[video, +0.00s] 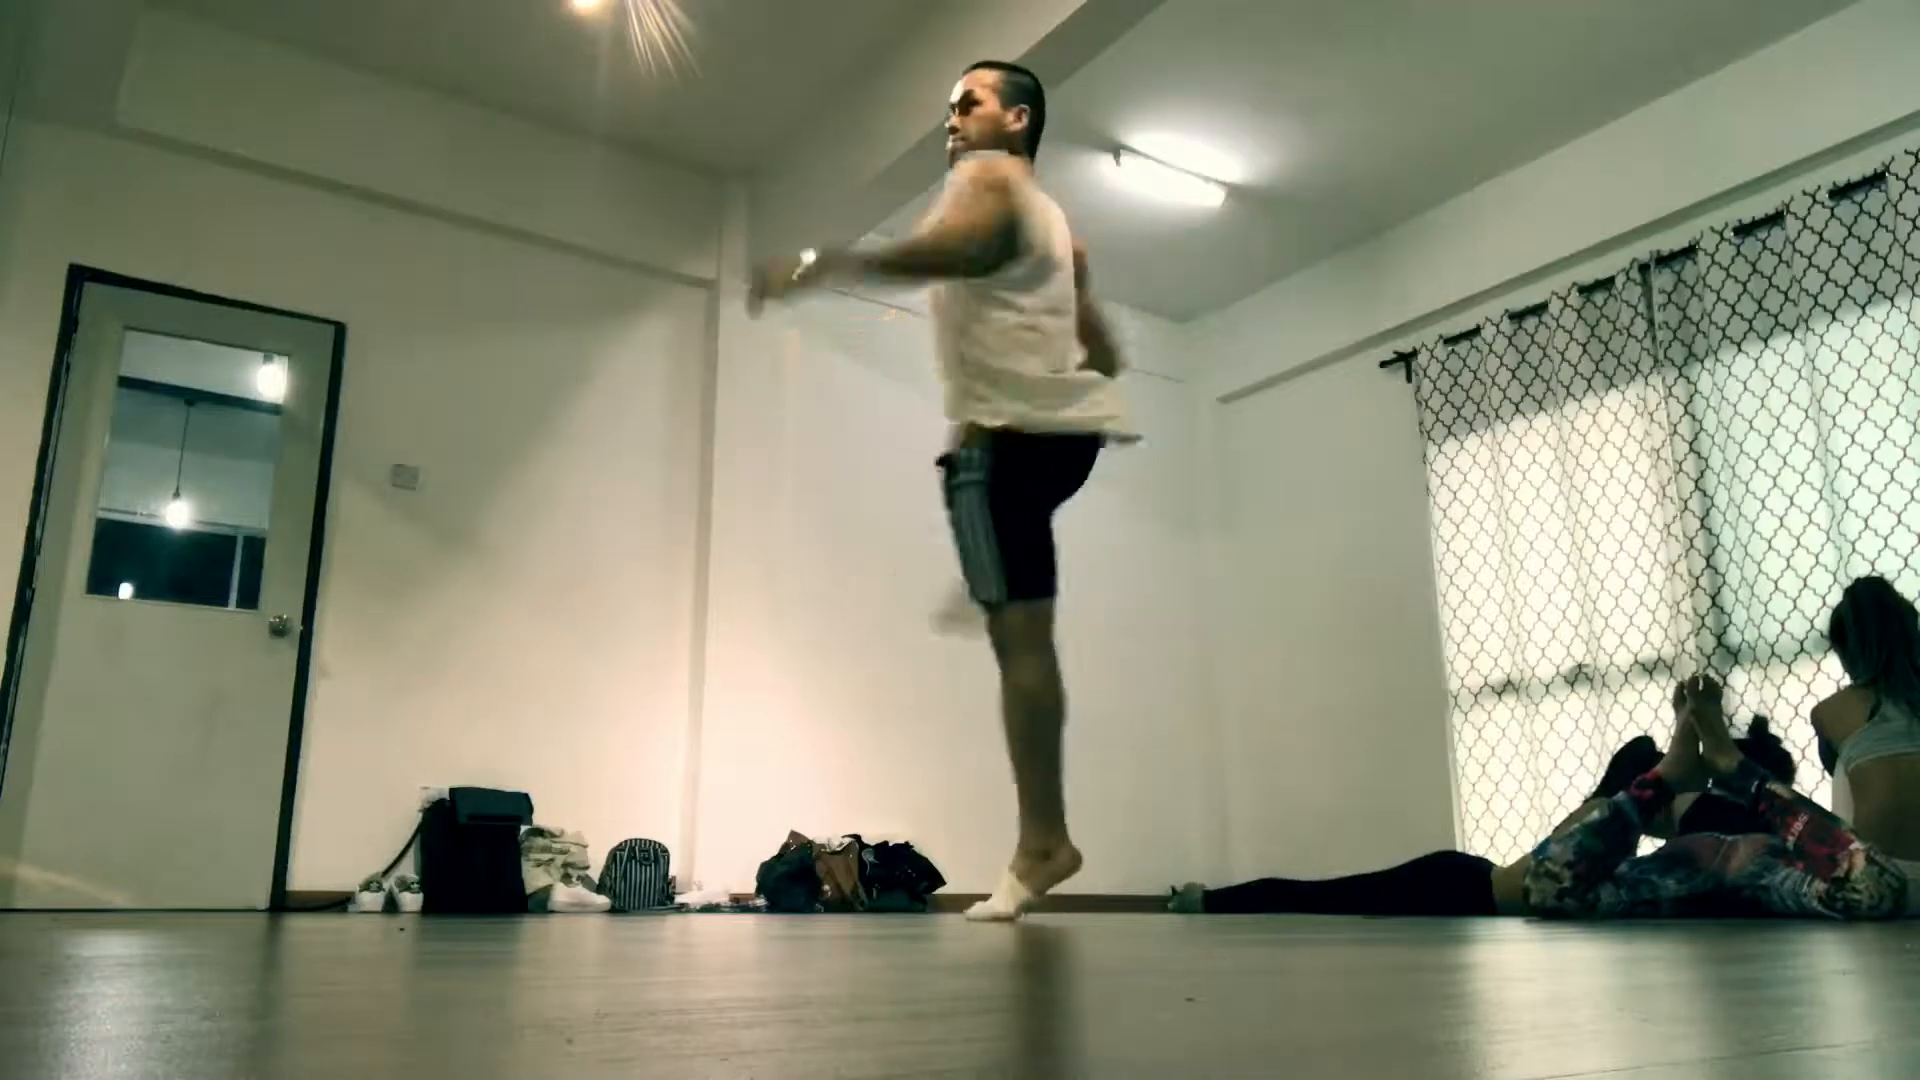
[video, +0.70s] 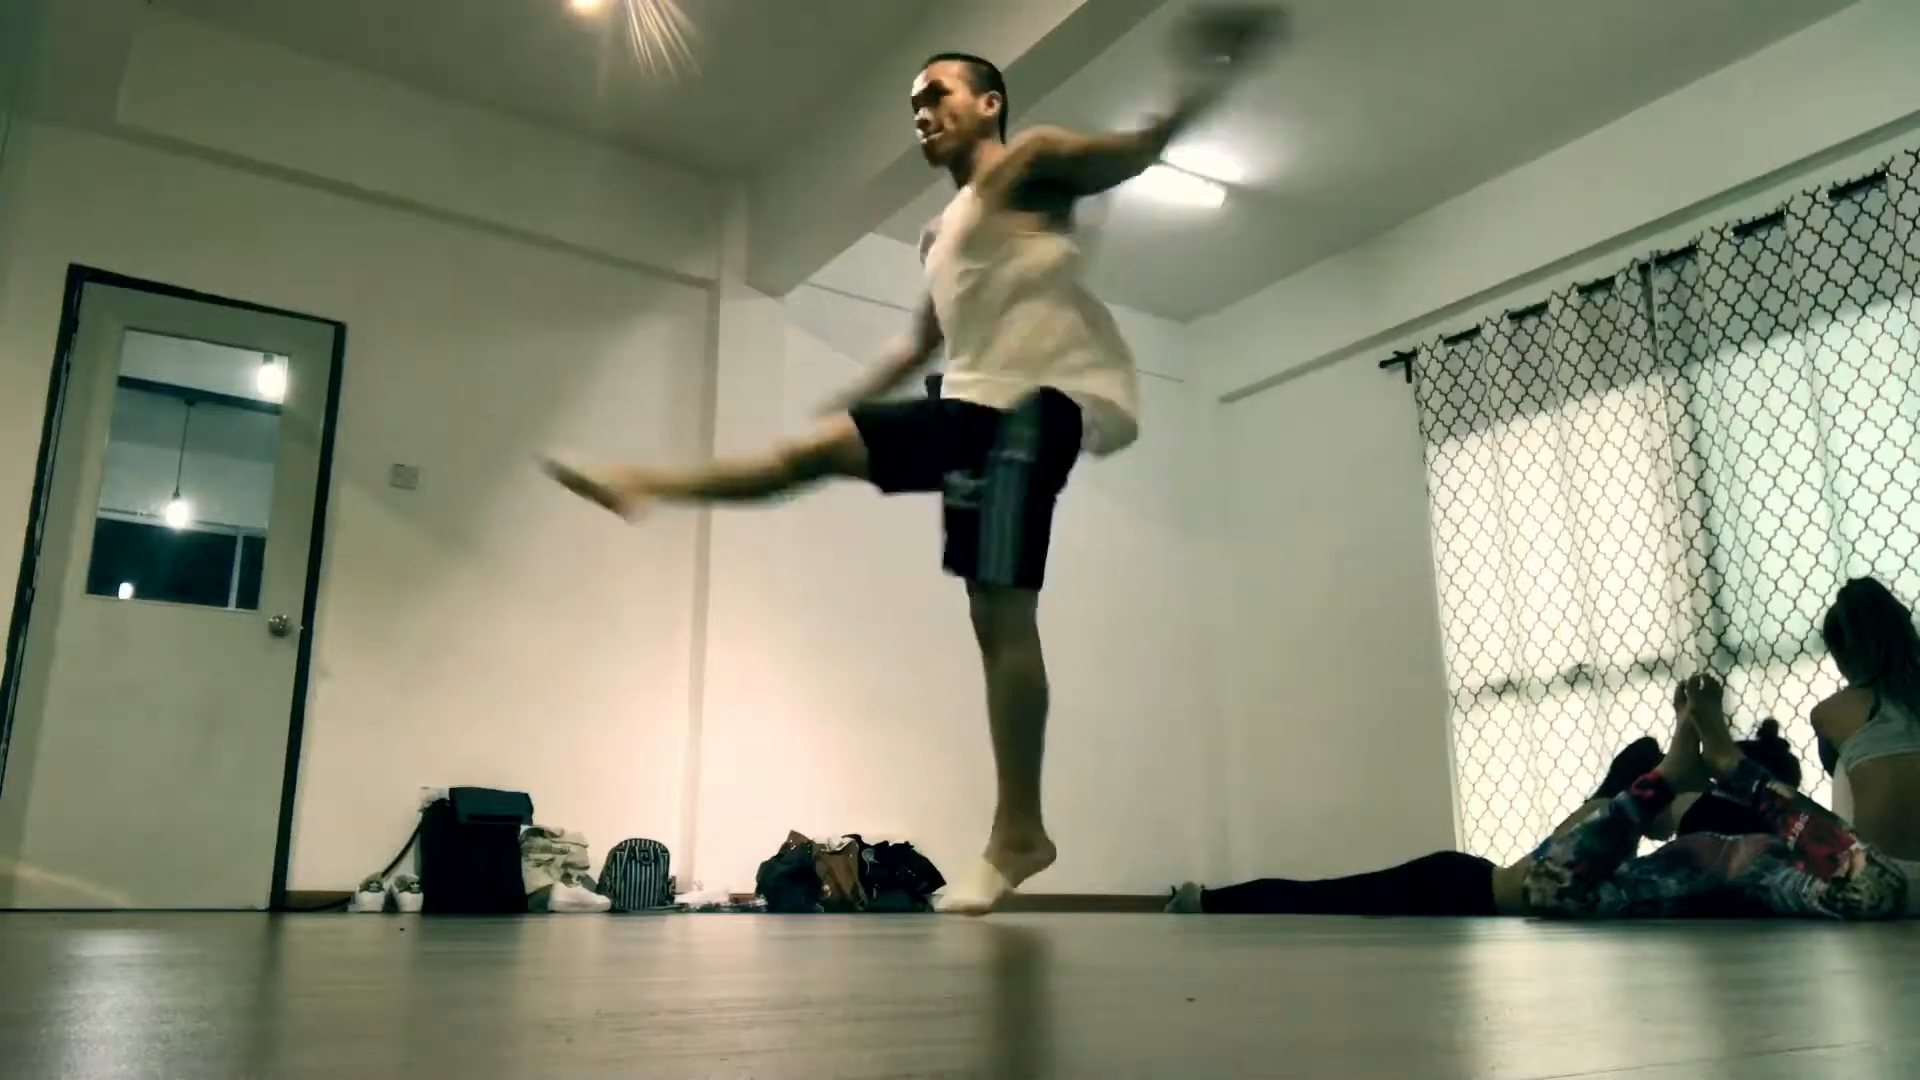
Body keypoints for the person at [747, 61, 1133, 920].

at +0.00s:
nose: (953, 117)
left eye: (970, 103)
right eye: (953, 105)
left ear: (1021, 119)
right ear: (1017, 130)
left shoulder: (984, 175)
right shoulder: (1052, 217)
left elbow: (965, 245)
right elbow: (1103, 355)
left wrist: (822, 266)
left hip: (1006, 439)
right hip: (1070, 436)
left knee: (1023, 646)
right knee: (997, 497)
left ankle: (1043, 845)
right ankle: (985, 595)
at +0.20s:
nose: (1015, 119)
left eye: (1009, 105)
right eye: (1006, 106)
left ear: (939, 131)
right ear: (977, 116)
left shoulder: (894, 233)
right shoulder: (994, 180)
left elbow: (927, 318)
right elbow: (1061, 255)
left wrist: (1021, 259)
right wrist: (1085, 245)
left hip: (933, 435)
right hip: (1020, 401)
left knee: (958, 639)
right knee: (1172, 511)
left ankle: (972, 839)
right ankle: (1295, 615)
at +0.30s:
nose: (954, 140)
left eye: (963, 122)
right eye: (938, 134)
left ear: (996, 132)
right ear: (930, 156)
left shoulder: (1001, 233)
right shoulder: (942, 199)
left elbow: (1031, 362)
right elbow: (934, 266)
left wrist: (1105, 338)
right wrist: (1072, 253)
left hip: (970, 429)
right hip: (965, 398)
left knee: (1006, 638)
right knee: (1148, 455)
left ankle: (974, 850)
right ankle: (1344, 528)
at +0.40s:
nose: (941, 195)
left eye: (953, 179)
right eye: (931, 191)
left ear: (999, 189)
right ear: (932, 213)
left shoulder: (1062, 297)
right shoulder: (928, 275)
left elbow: (1150, 365)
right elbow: (879, 308)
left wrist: (1240, 402)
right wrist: (889, 295)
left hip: (1029, 485)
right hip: (941, 465)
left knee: (1027, 675)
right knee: (1045, 395)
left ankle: (989, 883)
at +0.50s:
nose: (946, 193)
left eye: (958, 175)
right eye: (937, 184)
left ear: (1007, 179)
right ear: (941, 205)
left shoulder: (1087, 263)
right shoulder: (936, 289)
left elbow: (1211, 287)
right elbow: (807, 298)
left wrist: (1339, 290)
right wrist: (691, 280)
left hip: (1045, 494)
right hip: (956, 473)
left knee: (1023, 684)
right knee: (867, 392)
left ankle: (985, 884)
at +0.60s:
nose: (936, 138)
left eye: (950, 120)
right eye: (929, 129)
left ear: (1004, 122)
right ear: (942, 148)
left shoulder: (1069, 188)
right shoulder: (952, 253)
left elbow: (1213, 182)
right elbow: (838, 308)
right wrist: (738, 337)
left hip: (1038, 448)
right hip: (956, 419)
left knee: (1005, 651)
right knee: (809, 406)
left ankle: (987, 869)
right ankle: (586, 397)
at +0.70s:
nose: (921, 114)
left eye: (936, 96)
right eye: (915, 105)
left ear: (990, 100)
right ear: (929, 129)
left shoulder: (1028, 156)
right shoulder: (951, 234)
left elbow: (1131, 153)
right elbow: (920, 345)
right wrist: (847, 411)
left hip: (1037, 398)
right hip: (973, 405)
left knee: (1001, 611)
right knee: (822, 448)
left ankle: (1020, 836)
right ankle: (639, 486)